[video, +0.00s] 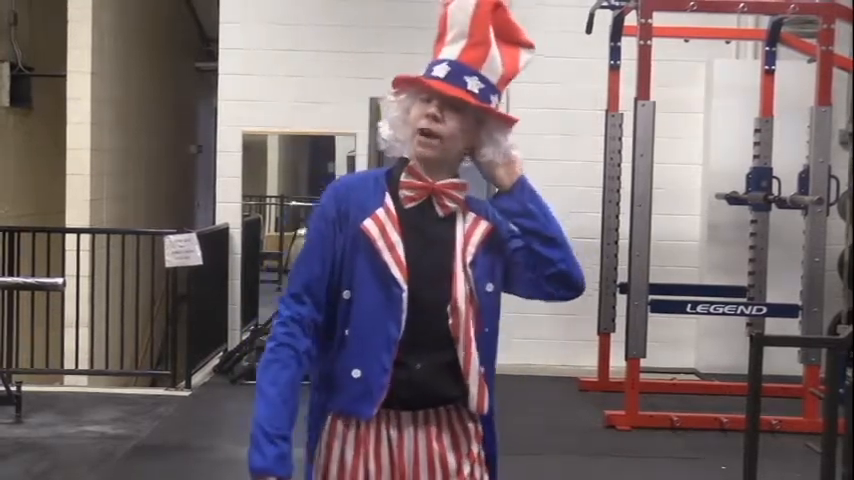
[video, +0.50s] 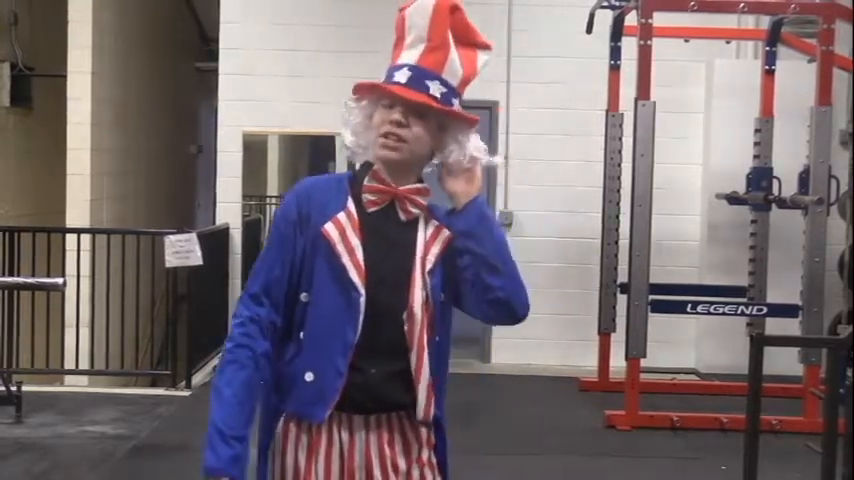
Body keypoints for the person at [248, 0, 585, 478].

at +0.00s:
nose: (431, 112)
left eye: (452, 107)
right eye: (426, 99)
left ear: (478, 135)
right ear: (407, 111)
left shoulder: (485, 222)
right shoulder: (350, 199)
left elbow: (564, 282)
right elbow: (298, 320)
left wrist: (510, 181)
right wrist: (269, 455)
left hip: (452, 435)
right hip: (360, 434)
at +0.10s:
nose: (423, 111)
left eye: (443, 106)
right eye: (416, 99)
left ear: (469, 134)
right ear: (397, 113)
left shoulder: (476, 223)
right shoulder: (341, 199)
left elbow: (553, 287)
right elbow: (287, 319)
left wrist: (507, 187)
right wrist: (259, 450)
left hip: (441, 437)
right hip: (350, 435)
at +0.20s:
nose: (414, 112)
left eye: (435, 107)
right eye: (407, 99)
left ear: (461, 135)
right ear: (388, 113)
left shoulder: (466, 225)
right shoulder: (333, 199)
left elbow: (540, 294)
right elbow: (277, 317)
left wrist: (500, 190)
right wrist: (251, 443)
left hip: (429, 438)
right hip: (337, 437)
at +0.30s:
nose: (407, 117)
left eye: (429, 112)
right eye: (400, 103)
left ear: (454, 138)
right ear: (381, 114)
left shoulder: (459, 224)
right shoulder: (324, 200)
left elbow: (525, 302)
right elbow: (268, 317)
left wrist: (487, 199)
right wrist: (243, 444)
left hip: (417, 439)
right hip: (326, 437)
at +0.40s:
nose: (400, 121)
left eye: (421, 115)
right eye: (394, 105)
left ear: (446, 139)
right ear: (376, 115)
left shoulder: (453, 224)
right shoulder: (317, 200)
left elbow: (512, 307)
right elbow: (262, 320)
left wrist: (476, 203)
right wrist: (233, 452)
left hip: (406, 440)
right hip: (315, 437)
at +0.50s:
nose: (396, 121)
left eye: (417, 116)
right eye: (389, 106)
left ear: (440, 140)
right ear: (370, 115)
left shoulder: (448, 223)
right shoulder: (311, 202)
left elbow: (507, 307)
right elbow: (255, 324)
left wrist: (469, 205)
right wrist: (225, 459)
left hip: (404, 440)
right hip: (312, 437)